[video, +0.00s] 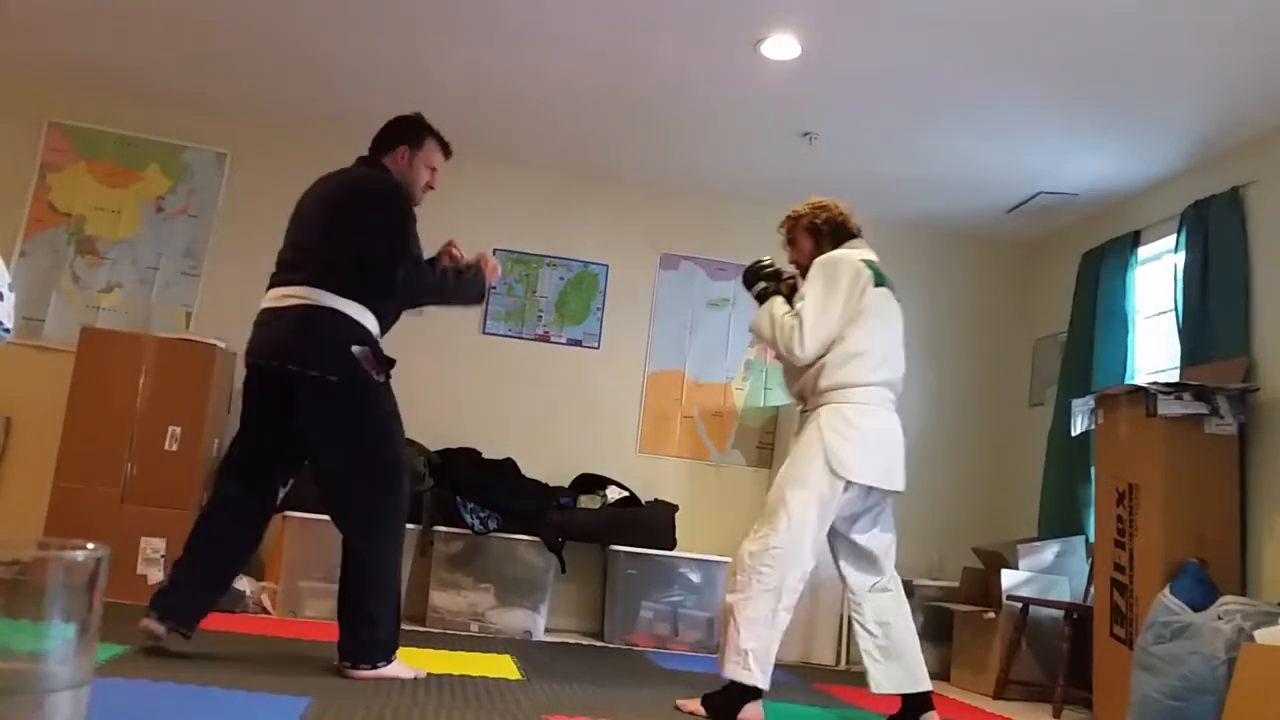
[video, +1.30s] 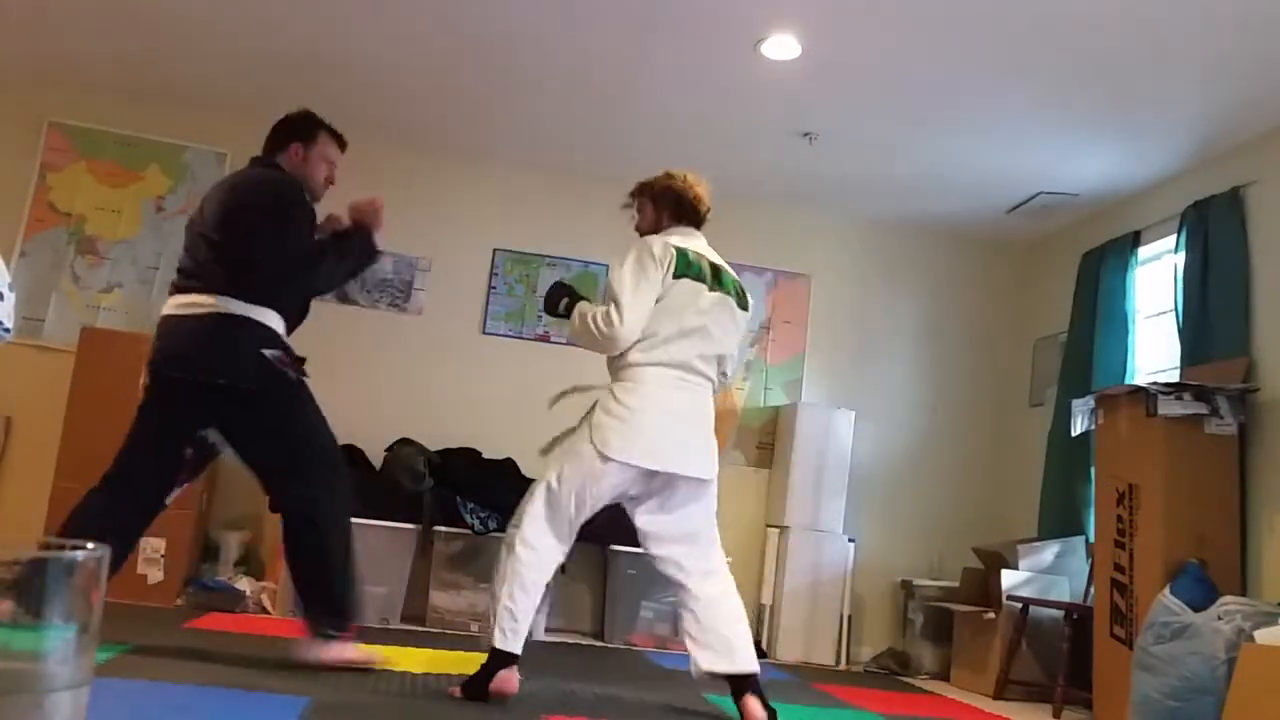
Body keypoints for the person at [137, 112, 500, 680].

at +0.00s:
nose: (432, 184)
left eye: (438, 173)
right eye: (431, 169)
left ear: (385, 155)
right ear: (401, 155)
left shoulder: (323, 188)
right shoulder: (388, 195)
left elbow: (361, 280)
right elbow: (404, 282)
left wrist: (430, 267)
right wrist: (475, 279)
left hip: (272, 344)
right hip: (337, 355)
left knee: (248, 487)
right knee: (377, 505)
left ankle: (170, 616)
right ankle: (368, 654)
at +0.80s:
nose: (428, 199)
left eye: (431, 190)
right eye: (426, 186)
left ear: (378, 172)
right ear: (397, 172)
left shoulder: (324, 206)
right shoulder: (389, 209)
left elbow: (361, 282)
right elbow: (406, 288)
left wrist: (425, 252)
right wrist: (470, 251)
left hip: (267, 355)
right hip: (334, 364)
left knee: (215, 495)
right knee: (401, 495)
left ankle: (122, 626)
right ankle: (396, 648)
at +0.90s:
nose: (424, 201)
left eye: (427, 193)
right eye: (421, 190)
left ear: (371, 183)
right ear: (392, 180)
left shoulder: (315, 214)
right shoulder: (399, 219)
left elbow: (315, 297)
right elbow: (461, 270)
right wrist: (496, 226)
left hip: (251, 362)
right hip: (324, 372)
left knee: (191, 493)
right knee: (377, 511)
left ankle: (122, 613)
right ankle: (395, 652)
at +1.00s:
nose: (402, 206)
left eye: (404, 195)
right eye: (399, 193)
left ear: (349, 187)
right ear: (371, 186)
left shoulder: (292, 218)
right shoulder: (379, 228)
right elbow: (437, 300)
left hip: (237, 367)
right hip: (312, 376)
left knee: (165, 484)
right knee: (373, 508)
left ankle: (80, 597)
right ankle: (386, 650)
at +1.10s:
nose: (372, 200)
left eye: (375, 189)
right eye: (369, 186)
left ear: (317, 177)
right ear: (340, 176)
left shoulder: (260, 214)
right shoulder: (336, 220)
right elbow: (339, 307)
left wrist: (377, 318)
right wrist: (405, 334)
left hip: (215, 366)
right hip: (287, 374)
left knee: (144, 491)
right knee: (350, 504)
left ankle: (37, 593)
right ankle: (381, 649)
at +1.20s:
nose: (346, 187)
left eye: (349, 176)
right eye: (343, 173)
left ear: (289, 165)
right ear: (312, 164)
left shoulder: (235, 204)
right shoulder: (307, 210)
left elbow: (256, 280)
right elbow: (318, 291)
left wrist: (331, 253)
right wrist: (360, 274)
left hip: (193, 361)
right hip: (266, 369)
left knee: (131, 490)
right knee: (329, 505)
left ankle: (29, 599)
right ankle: (369, 642)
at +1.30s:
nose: (333, 179)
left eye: (337, 169)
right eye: (330, 164)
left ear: (281, 154)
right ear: (295, 152)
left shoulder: (228, 189)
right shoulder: (284, 192)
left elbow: (256, 271)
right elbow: (288, 277)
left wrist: (324, 234)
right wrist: (362, 241)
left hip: (177, 346)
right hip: (239, 352)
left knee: (133, 484)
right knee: (314, 480)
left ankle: (39, 598)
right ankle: (332, 629)